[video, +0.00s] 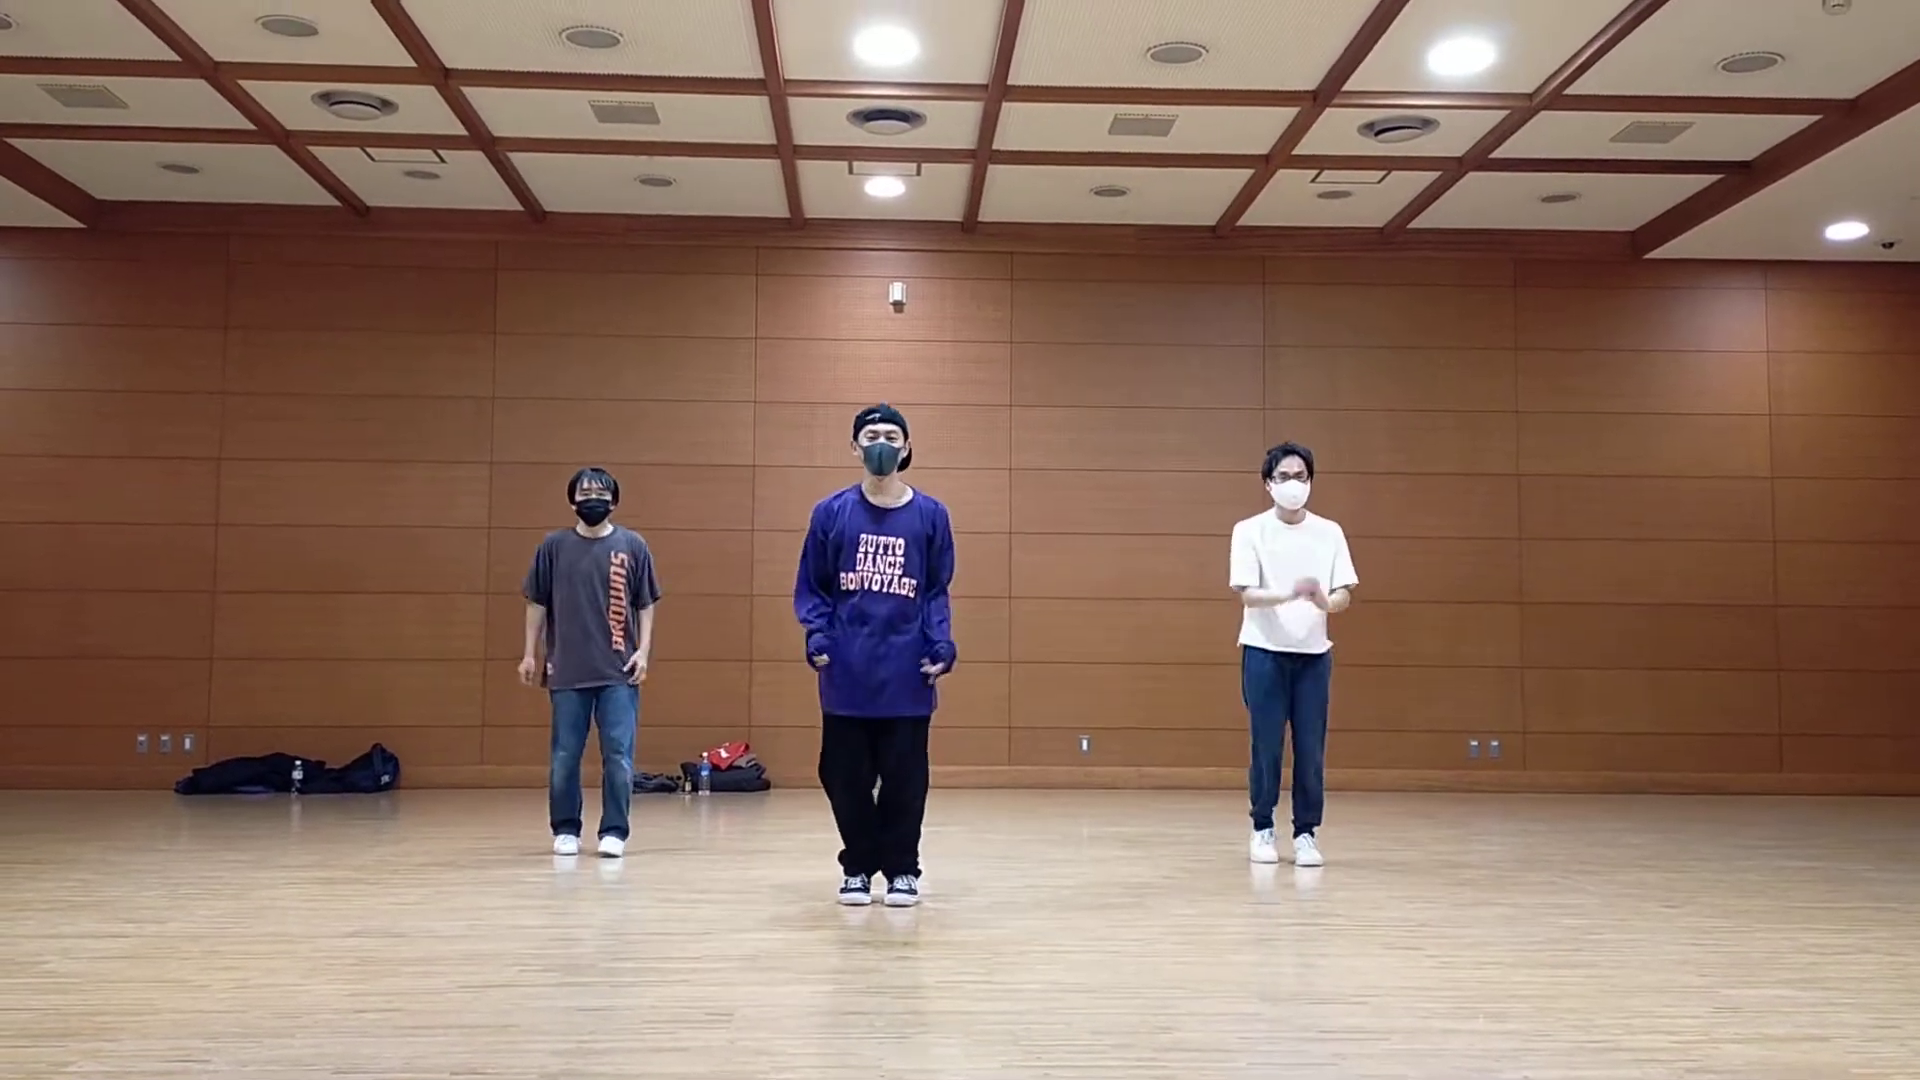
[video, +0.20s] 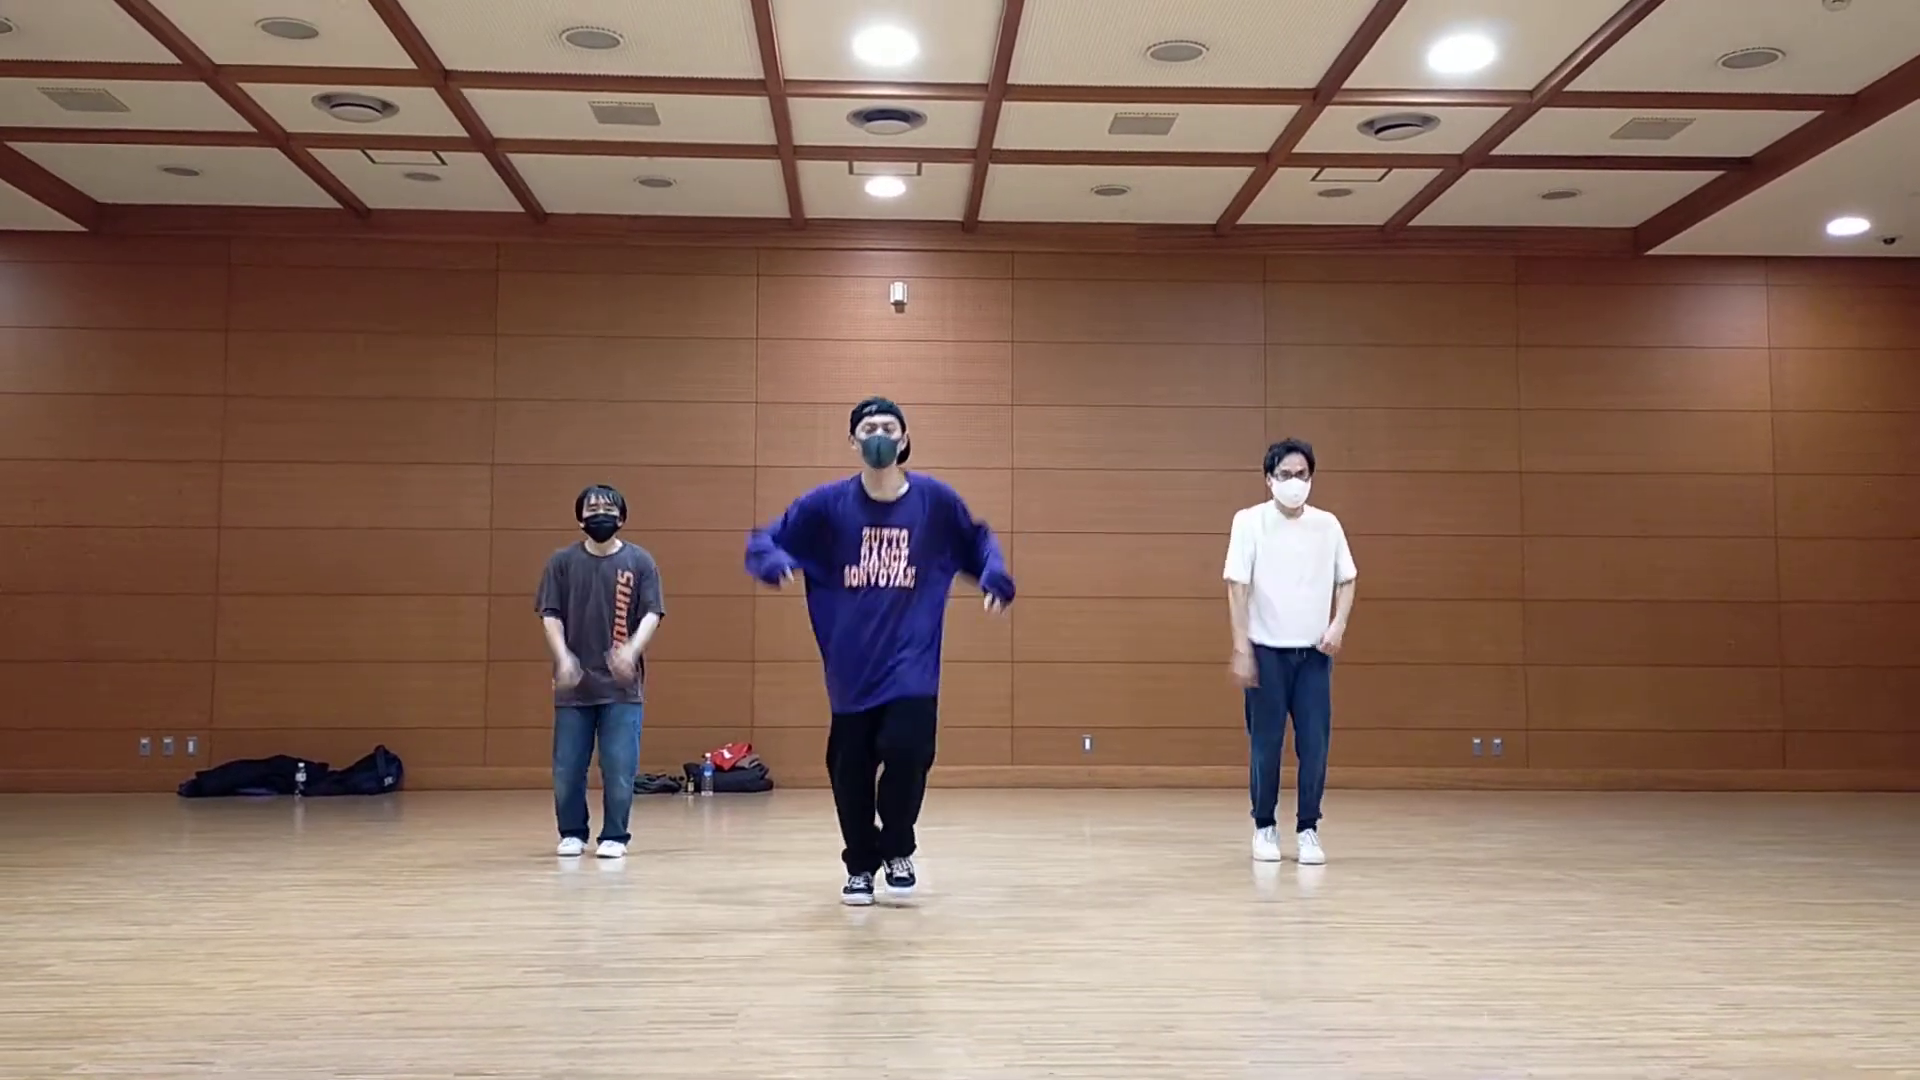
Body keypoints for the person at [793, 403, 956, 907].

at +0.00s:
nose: (880, 441)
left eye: (891, 435)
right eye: (871, 434)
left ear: (905, 449)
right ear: (856, 447)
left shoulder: (931, 514)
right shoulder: (831, 512)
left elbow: (937, 593)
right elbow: (809, 589)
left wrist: (942, 645)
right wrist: (818, 637)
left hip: (907, 671)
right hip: (846, 670)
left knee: (905, 776)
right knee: (844, 774)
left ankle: (902, 871)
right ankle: (857, 868)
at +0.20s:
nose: (878, 431)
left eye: (888, 425)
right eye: (868, 426)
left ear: (905, 442)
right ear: (854, 443)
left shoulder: (936, 500)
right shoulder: (827, 503)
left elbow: (978, 540)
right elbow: (763, 541)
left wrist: (994, 571)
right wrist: (773, 558)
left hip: (913, 660)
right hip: (852, 663)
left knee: (908, 753)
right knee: (850, 766)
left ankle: (899, 855)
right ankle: (860, 866)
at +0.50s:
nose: (894, 474)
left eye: (905, 467)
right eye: (886, 465)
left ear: (922, 475)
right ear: (873, 471)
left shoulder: (950, 534)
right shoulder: (844, 526)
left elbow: (988, 580)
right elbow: (793, 569)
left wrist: (995, 619)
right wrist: (785, 601)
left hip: (922, 675)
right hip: (858, 672)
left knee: (908, 779)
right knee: (866, 768)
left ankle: (898, 869)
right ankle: (867, 868)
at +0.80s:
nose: (886, 461)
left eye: (897, 453)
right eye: (878, 453)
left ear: (916, 462)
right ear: (864, 461)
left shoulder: (944, 523)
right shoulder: (840, 524)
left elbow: (942, 597)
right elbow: (816, 592)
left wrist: (892, 550)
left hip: (921, 674)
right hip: (859, 672)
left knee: (919, 783)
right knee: (865, 782)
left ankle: (910, 853)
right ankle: (864, 895)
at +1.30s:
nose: (904, 389)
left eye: (915, 382)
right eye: (894, 382)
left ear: (933, 401)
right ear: (877, 399)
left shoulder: (957, 471)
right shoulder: (849, 468)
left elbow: (981, 550)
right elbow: (813, 539)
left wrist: (992, 605)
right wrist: (809, 586)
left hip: (933, 647)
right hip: (862, 648)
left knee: (942, 767)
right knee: (858, 768)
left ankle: (947, 886)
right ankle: (857, 888)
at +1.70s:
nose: (887, 463)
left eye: (899, 455)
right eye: (876, 455)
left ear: (922, 471)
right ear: (862, 471)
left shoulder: (950, 548)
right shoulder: (834, 544)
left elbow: (1012, 599)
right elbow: (778, 609)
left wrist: (1086, 582)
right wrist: (707, 617)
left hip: (929, 723)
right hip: (848, 724)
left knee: (978, 821)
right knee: (799, 823)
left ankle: (1048, 908)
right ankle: (747, 915)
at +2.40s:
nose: (900, 402)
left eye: (911, 394)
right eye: (889, 392)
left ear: (923, 404)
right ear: (867, 397)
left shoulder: (935, 469)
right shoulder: (835, 454)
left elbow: (951, 534)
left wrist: (989, 573)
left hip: (901, 651)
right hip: (829, 648)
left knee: (921, 773)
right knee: (820, 781)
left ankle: (903, 886)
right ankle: (793, 901)